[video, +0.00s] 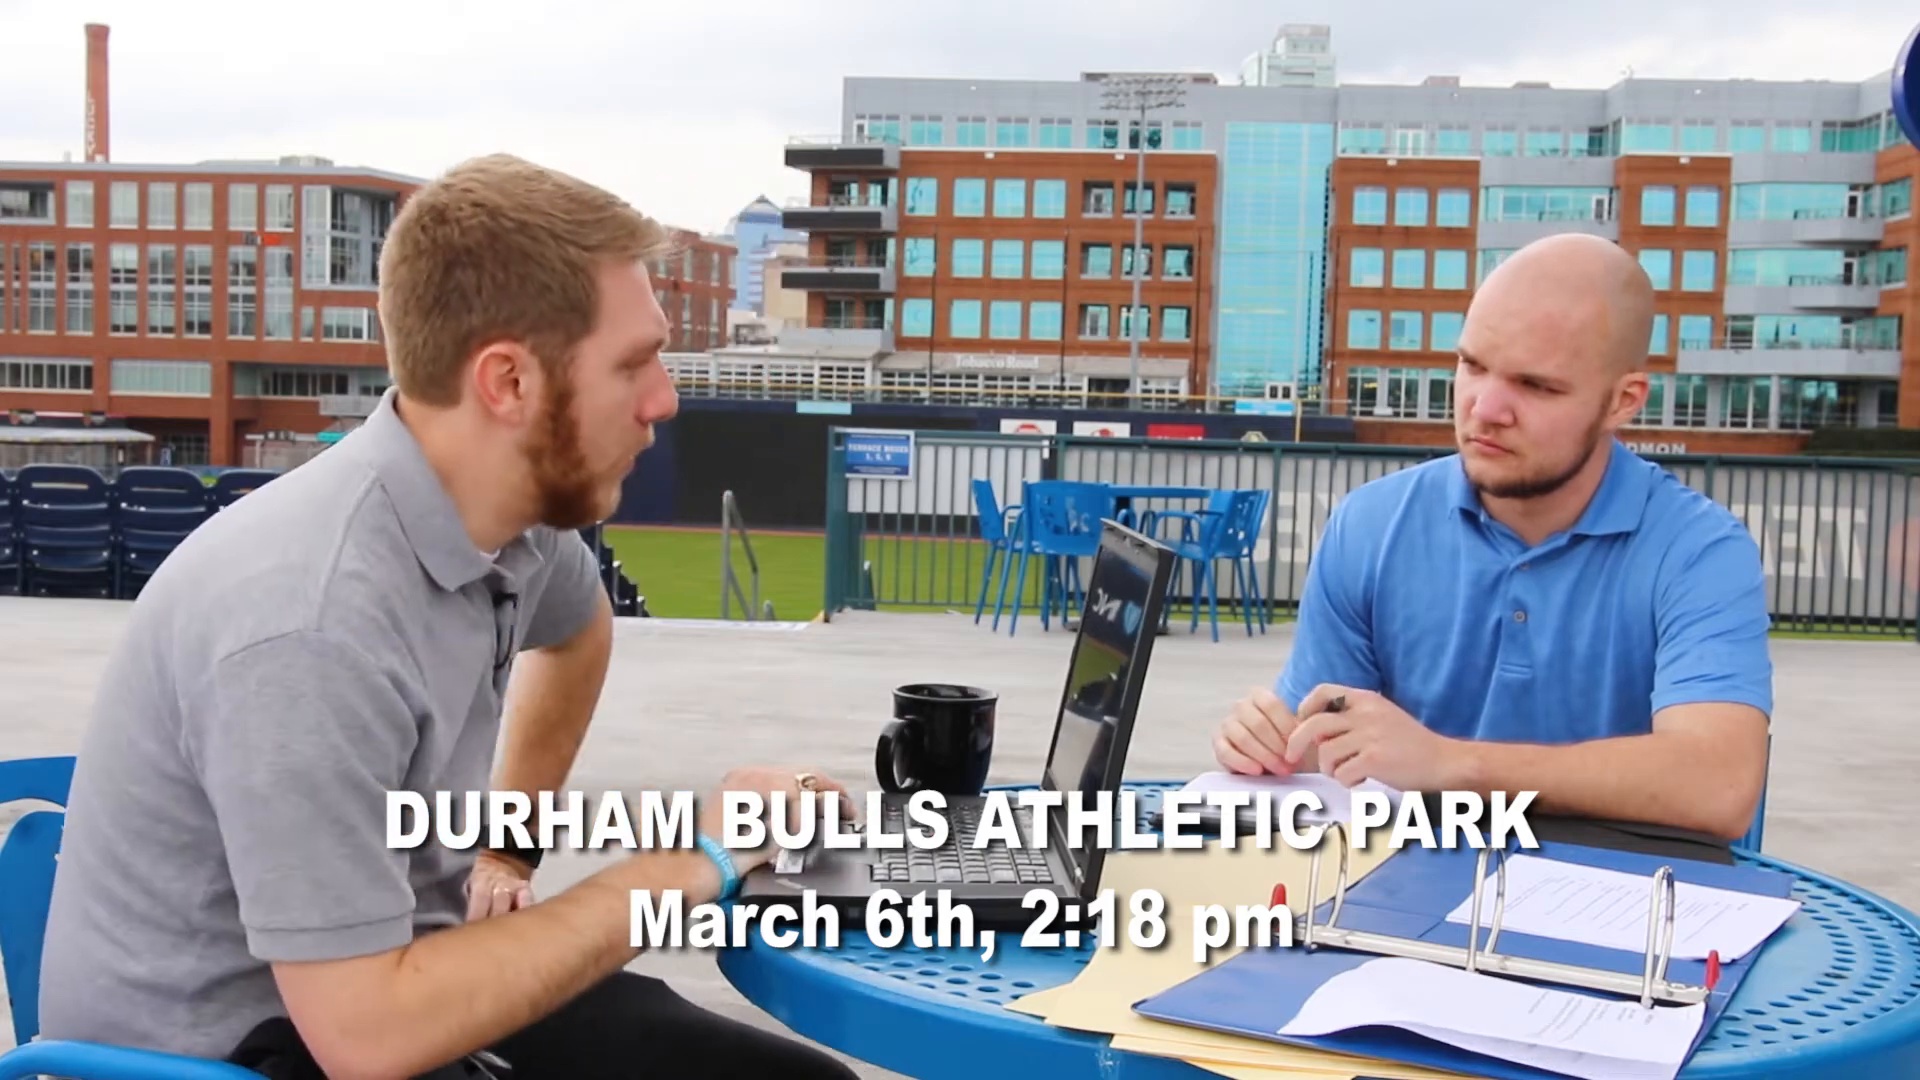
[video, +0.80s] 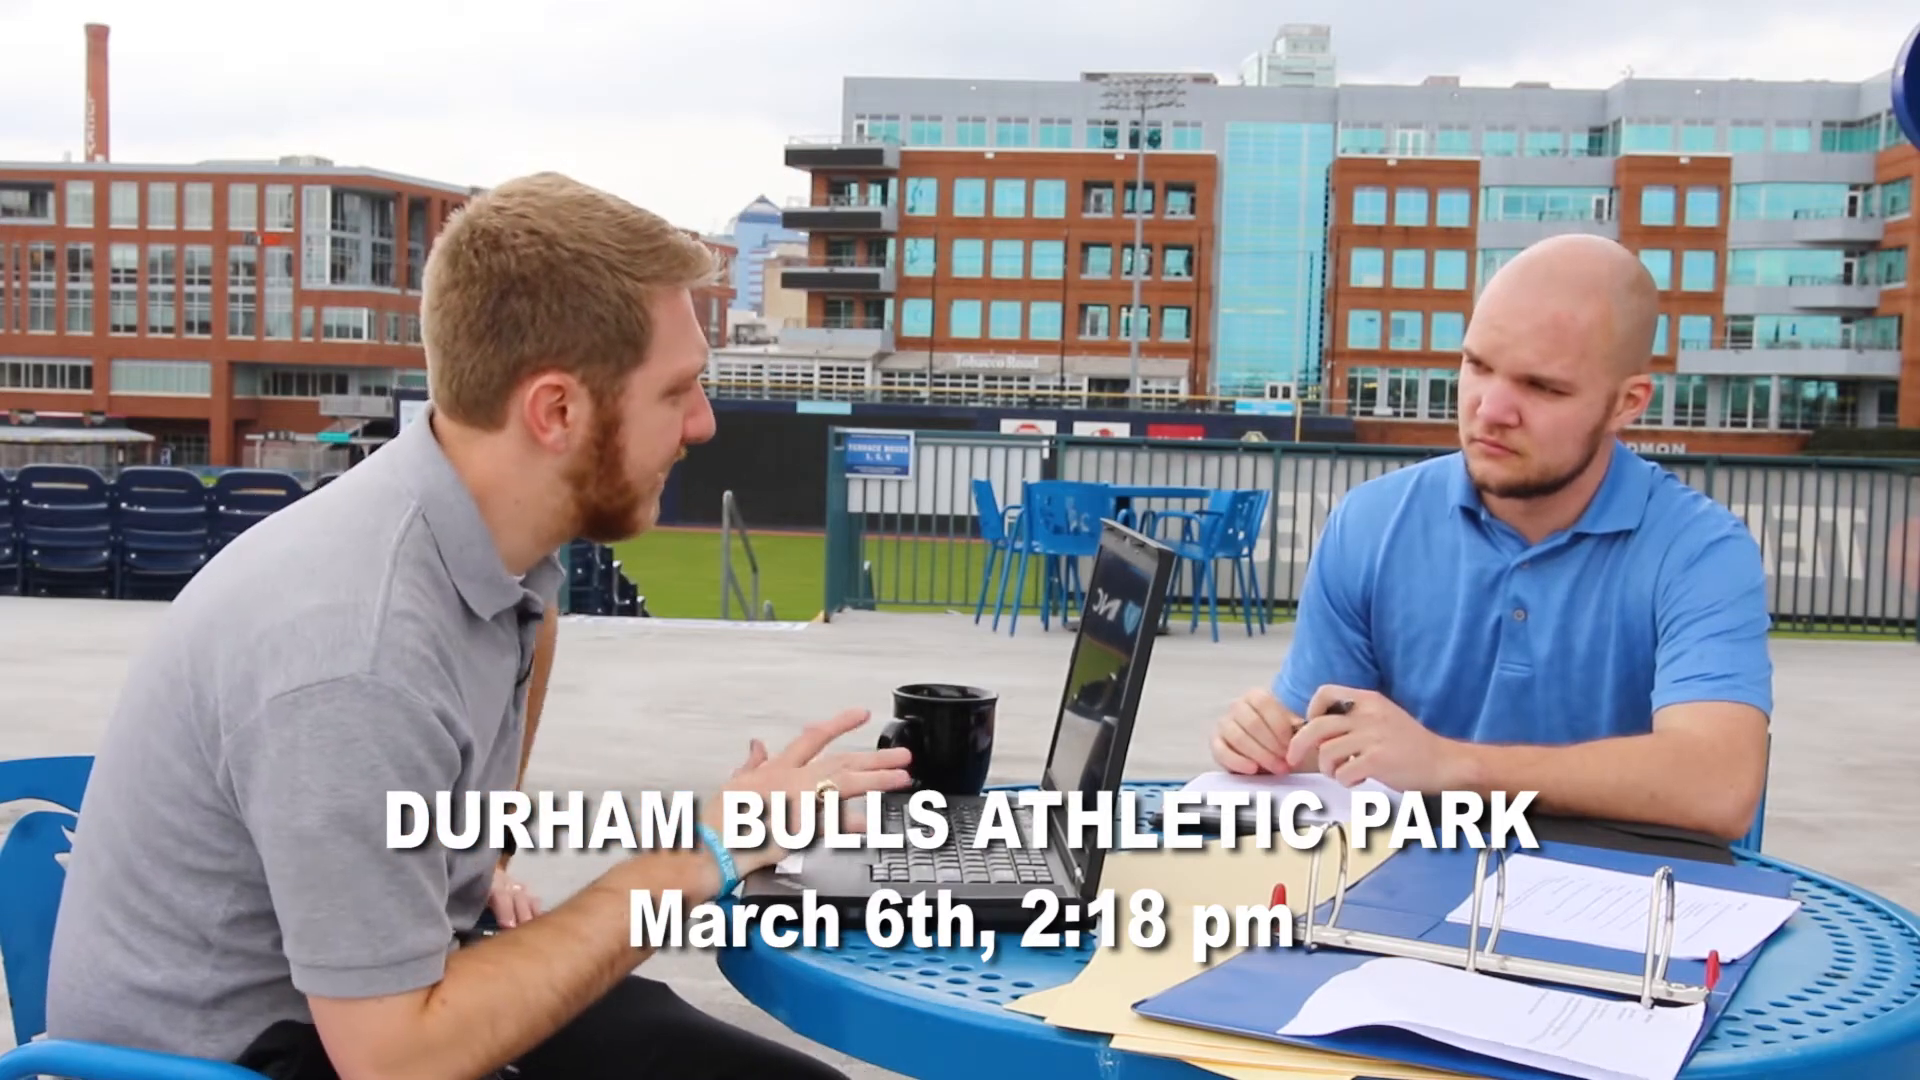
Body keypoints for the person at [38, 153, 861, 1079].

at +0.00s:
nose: (665, 405)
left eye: (658, 361)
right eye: (637, 366)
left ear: (505, 390)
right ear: (506, 385)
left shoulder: (503, 516)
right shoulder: (301, 626)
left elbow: (576, 631)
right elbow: (370, 1030)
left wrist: (508, 837)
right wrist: (689, 852)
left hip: (407, 953)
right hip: (212, 1041)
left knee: (814, 1072)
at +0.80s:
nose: (704, 427)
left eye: (698, 389)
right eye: (679, 395)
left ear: (549, 418)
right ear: (556, 415)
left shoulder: (485, 522)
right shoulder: (346, 660)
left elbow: (533, 643)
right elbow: (399, 1050)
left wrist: (481, 833)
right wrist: (712, 845)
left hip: (395, 953)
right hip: (218, 1043)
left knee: (791, 1061)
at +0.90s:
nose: (702, 427)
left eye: (696, 389)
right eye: (677, 397)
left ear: (548, 416)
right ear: (555, 413)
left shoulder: (477, 533)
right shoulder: (348, 659)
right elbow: (402, 1054)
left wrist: (466, 857)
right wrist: (706, 851)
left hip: (381, 968)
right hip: (216, 1047)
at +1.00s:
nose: (698, 422)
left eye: (693, 382)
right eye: (675, 388)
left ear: (544, 409)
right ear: (554, 406)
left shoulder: (473, 514)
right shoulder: (354, 667)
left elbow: (515, 652)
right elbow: (406, 1054)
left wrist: (479, 832)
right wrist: (699, 852)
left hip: (382, 953)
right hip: (217, 1044)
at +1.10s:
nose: (689, 409)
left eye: (683, 371)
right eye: (669, 374)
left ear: (542, 397)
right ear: (554, 395)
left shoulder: (461, 508)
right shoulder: (349, 663)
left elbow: (539, 636)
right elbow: (404, 1051)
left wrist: (488, 836)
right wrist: (704, 854)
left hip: (376, 957)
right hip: (213, 1044)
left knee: (641, 1014)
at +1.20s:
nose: (687, 408)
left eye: (680, 368)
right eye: (667, 369)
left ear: (545, 389)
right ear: (554, 388)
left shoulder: (467, 510)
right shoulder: (339, 653)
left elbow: (544, 634)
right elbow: (399, 1046)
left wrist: (487, 840)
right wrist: (695, 856)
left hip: (391, 952)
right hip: (216, 1040)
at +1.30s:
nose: (688, 405)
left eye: (681, 365)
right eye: (668, 367)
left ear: (546, 388)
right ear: (556, 387)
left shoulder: (464, 512)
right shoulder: (345, 652)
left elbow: (533, 637)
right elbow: (400, 1044)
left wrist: (483, 841)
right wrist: (695, 857)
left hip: (387, 951)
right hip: (215, 1041)